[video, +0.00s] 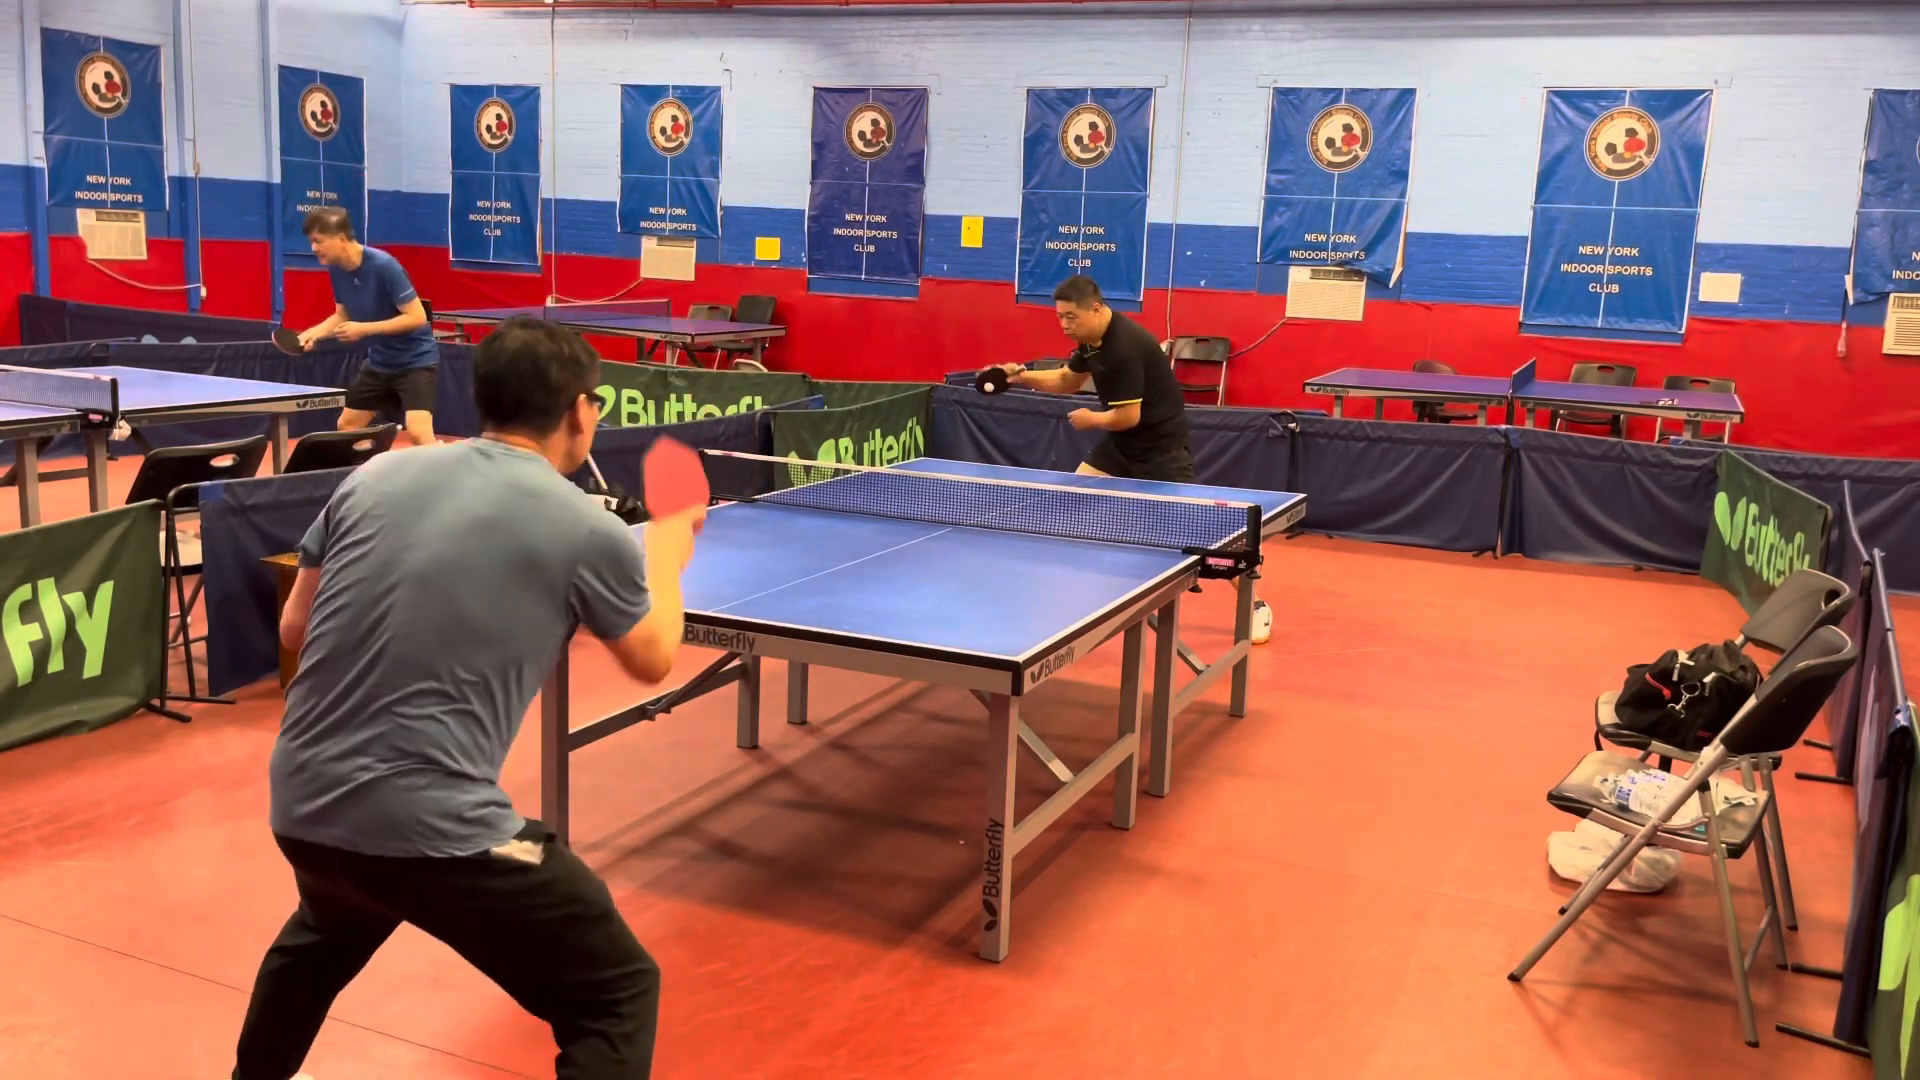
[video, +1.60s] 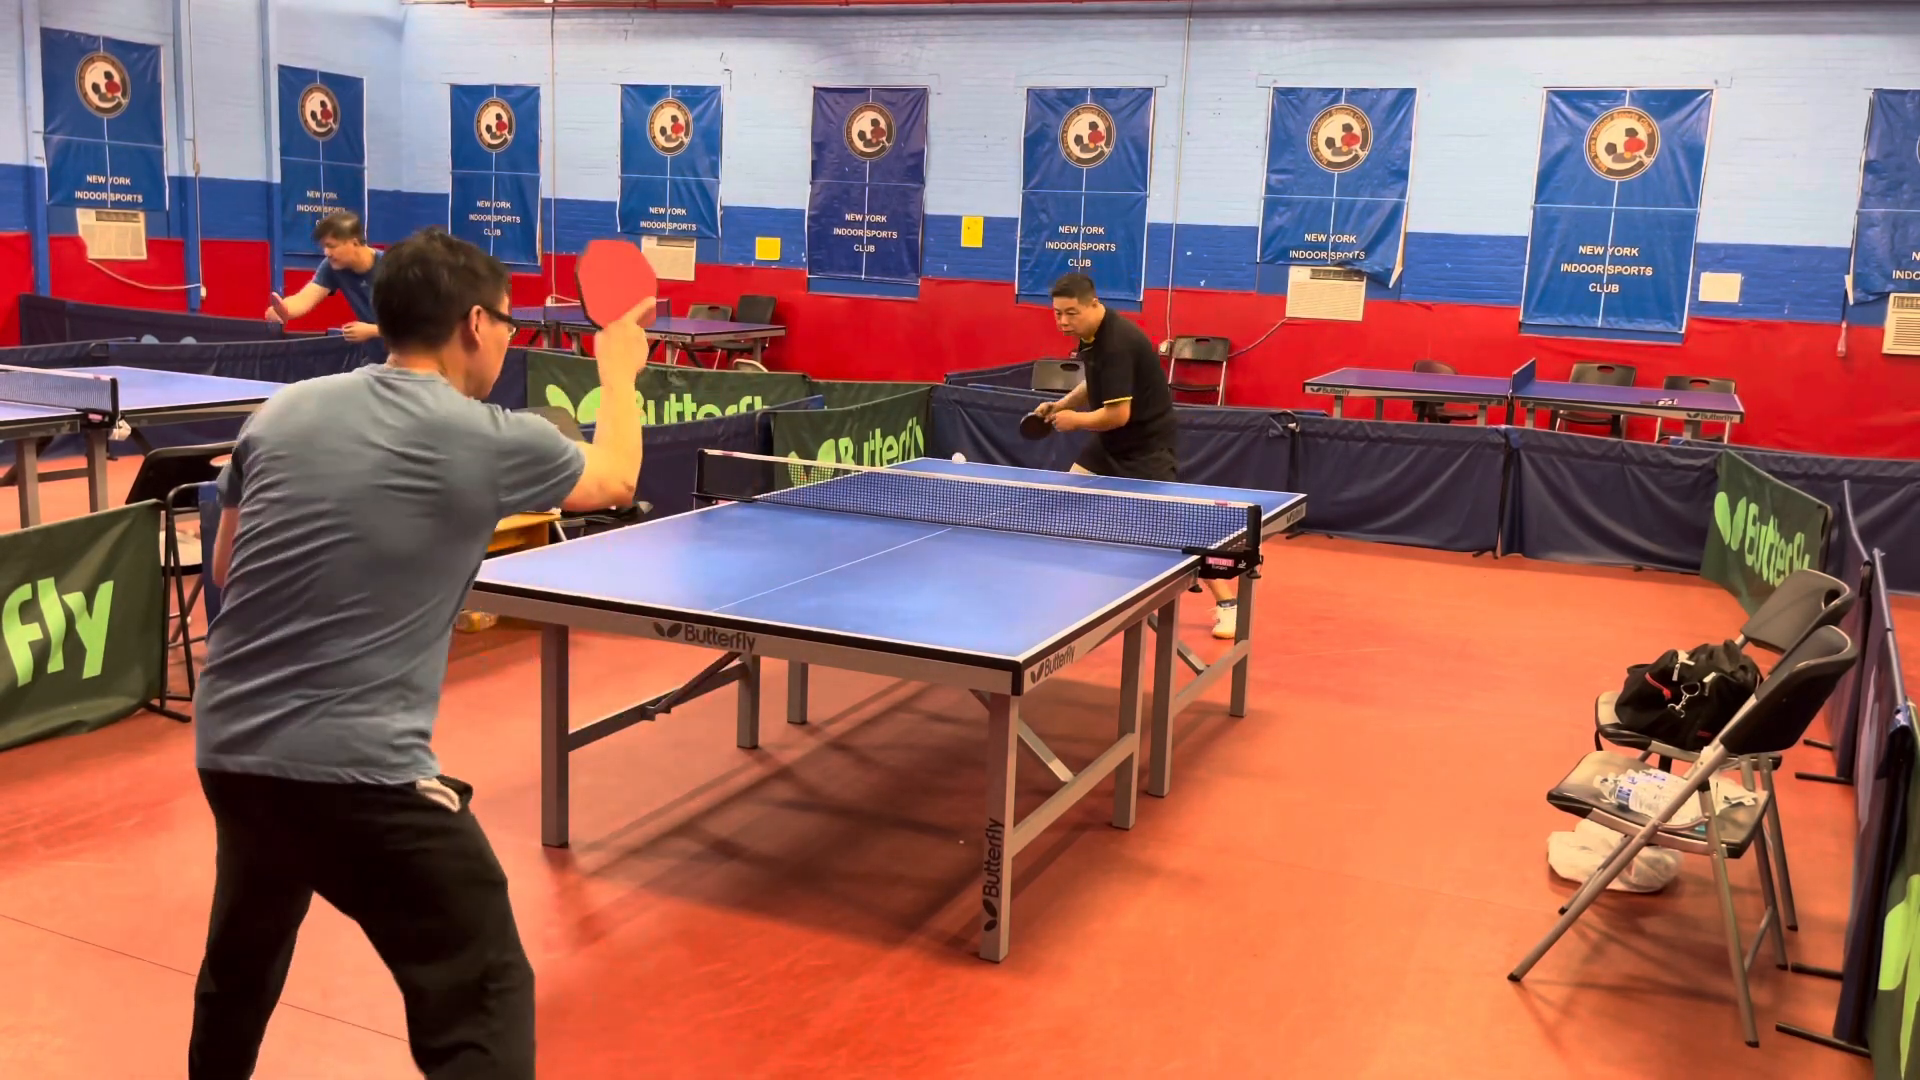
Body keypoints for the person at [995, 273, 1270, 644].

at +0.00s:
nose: (1064, 325)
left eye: (1071, 317)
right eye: (1061, 317)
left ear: (1097, 308)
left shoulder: (1124, 345)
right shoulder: (1092, 337)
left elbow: (1129, 415)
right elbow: (1068, 379)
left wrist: (1093, 419)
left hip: (1163, 448)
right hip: (1122, 441)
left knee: (1191, 527)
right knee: (1068, 500)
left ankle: (1253, 605)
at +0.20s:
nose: (1071, 321)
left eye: (1078, 311)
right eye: (1066, 313)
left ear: (1102, 303)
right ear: (1063, 310)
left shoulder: (1142, 330)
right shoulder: (1070, 344)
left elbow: (1172, 387)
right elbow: (1045, 399)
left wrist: (1123, 421)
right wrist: (1045, 364)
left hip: (1160, 436)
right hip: (1106, 434)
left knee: (1188, 515)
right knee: (1054, 497)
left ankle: (1214, 598)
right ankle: (1040, 585)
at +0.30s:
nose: (1087, 325)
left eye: (1095, 316)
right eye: (1081, 317)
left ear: (1117, 310)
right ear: (1076, 315)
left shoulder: (1154, 338)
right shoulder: (1078, 349)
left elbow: (1183, 393)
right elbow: (1060, 414)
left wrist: (1137, 427)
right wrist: (1062, 390)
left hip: (1159, 439)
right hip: (1102, 436)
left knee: (1193, 512)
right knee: (1047, 492)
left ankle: (1212, 599)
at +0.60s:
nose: (1069, 318)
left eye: (1077, 309)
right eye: (1064, 310)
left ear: (1101, 305)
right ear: (1059, 308)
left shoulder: (1130, 344)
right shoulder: (1070, 342)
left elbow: (1140, 411)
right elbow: (1072, 392)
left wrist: (1090, 422)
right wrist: (1049, 425)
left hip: (1146, 446)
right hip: (1095, 443)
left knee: (1176, 517)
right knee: (1049, 500)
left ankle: (1209, 599)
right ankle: (1036, 586)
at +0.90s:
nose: (1064, 324)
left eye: (1071, 315)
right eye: (1061, 316)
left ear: (1097, 306)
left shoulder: (1127, 342)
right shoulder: (1091, 337)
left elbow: (1128, 413)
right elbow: (1081, 382)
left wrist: (1086, 418)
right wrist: (1043, 375)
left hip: (1147, 453)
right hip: (1105, 445)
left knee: (1171, 526)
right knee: (1054, 500)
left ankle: (1225, 600)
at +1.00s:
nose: (1081, 321)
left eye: (1088, 312)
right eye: (1077, 312)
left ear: (1112, 304)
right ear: (1077, 309)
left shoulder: (1151, 334)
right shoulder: (1084, 339)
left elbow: (1166, 402)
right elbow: (1058, 396)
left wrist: (1113, 420)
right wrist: (1059, 370)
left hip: (1160, 445)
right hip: (1110, 444)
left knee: (1185, 519)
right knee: (1063, 498)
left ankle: (1218, 602)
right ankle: (1047, 587)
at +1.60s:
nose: (1063, 322)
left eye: (1071, 313)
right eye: (1058, 314)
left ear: (1095, 306)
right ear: (1055, 311)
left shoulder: (1117, 342)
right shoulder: (1091, 336)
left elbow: (1119, 414)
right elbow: (1096, 381)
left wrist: (1075, 420)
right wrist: (1060, 405)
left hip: (1147, 447)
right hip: (1110, 442)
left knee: (1173, 523)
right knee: (1062, 501)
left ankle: (1226, 599)